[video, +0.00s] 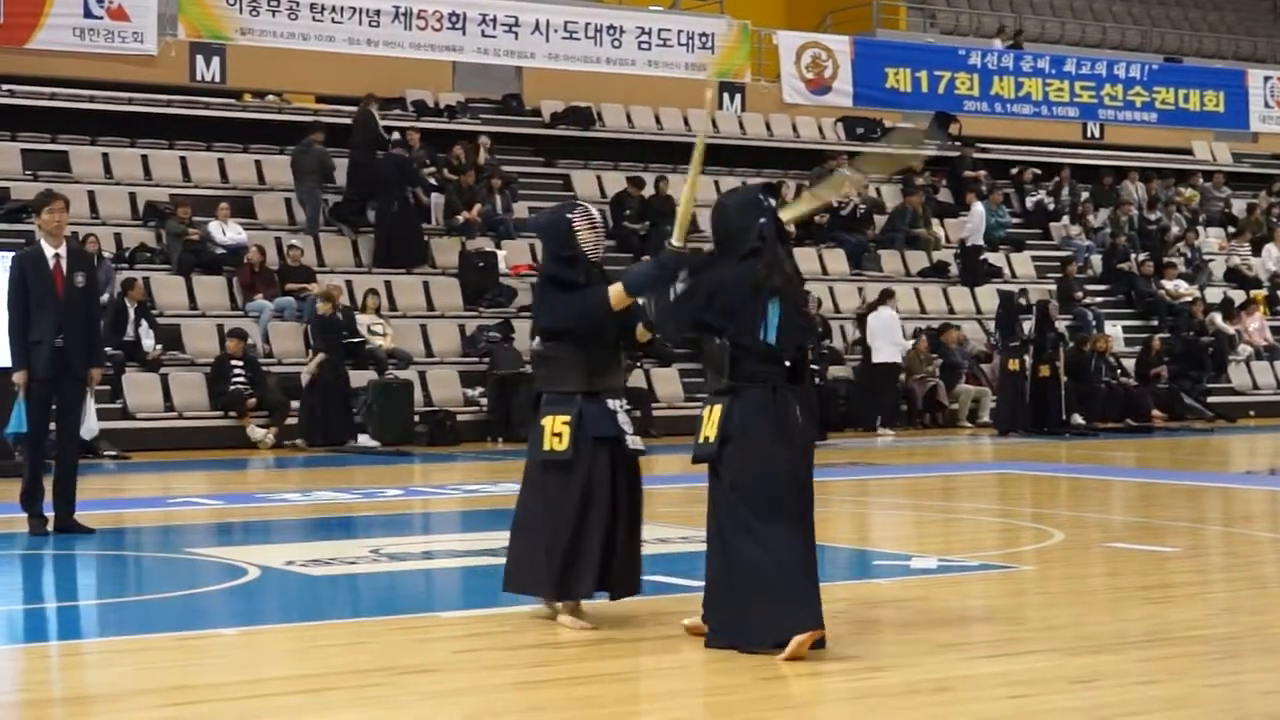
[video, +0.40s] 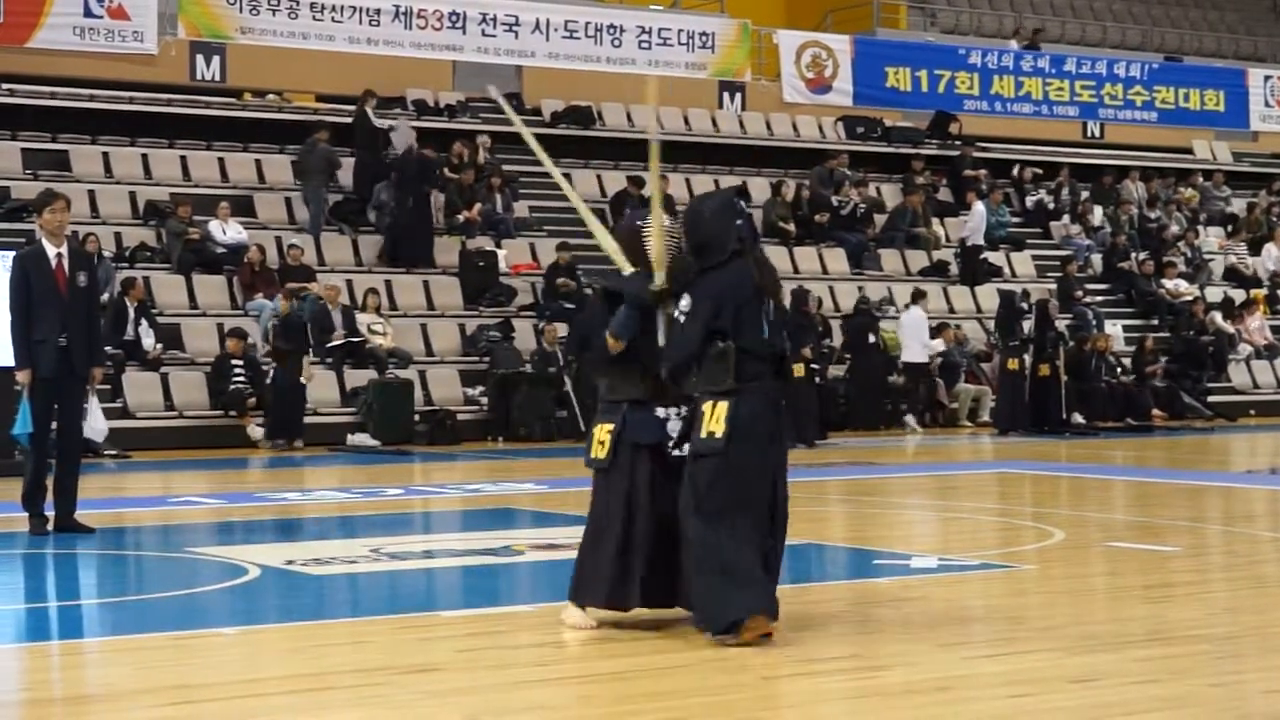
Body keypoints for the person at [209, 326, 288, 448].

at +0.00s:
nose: (227, 344)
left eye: (231, 341)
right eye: (227, 341)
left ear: (242, 343)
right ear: (226, 342)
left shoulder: (251, 360)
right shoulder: (220, 360)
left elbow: (261, 382)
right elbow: (215, 384)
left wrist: (256, 397)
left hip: (251, 394)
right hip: (229, 397)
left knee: (282, 402)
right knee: (236, 395)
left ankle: (271, 434)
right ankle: (249, 427)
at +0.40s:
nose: (227, 344)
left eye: (231, 341)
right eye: (227, 340)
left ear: (242, 343)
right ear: (225, 341)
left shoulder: (251, 359)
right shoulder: (221, 359)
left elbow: (259, 379)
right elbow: (214, 381)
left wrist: (256, 395)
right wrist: (228, 390)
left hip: (250, 391)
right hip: (229, 393)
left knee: (268, 393)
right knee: (236, 395)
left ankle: (270, 428)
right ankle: (249, 425)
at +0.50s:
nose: (229, 344)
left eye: (233, 341)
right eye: (228, 341)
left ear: (242, 344)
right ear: (226, 342)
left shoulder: (251, 360)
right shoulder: (221, 359)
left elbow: (255, 379)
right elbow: (215, 381)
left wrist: (254, 394)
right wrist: (229, 389)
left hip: (250, 392)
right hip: (228, 394)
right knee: (238, 394)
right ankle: (246, 425)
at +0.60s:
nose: (228, 344)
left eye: (232, 341)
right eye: (228, 340)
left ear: (242, 343)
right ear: (226, 341)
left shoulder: (250, 358)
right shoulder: (222, 359)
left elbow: (254, 378)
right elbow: (215, 382)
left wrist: (249, 389)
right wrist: (231, 389)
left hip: (247, 394)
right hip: (225, 396)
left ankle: (248, 440)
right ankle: (245, 440)